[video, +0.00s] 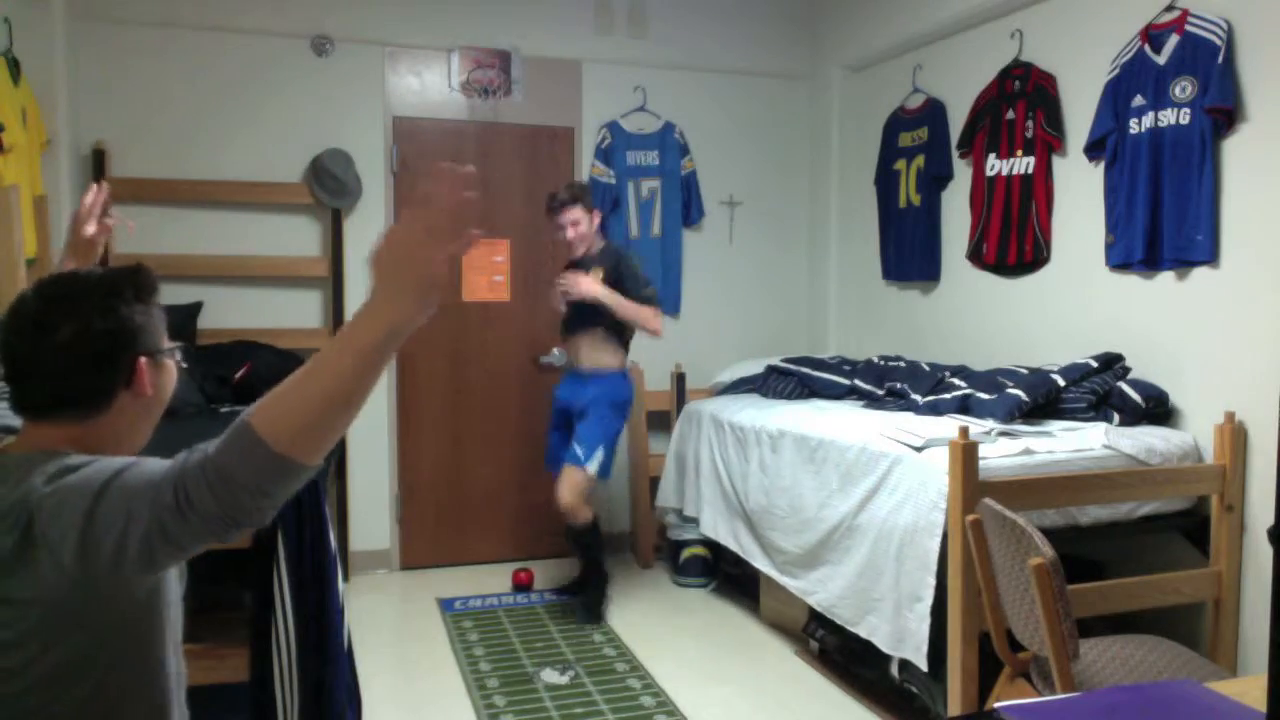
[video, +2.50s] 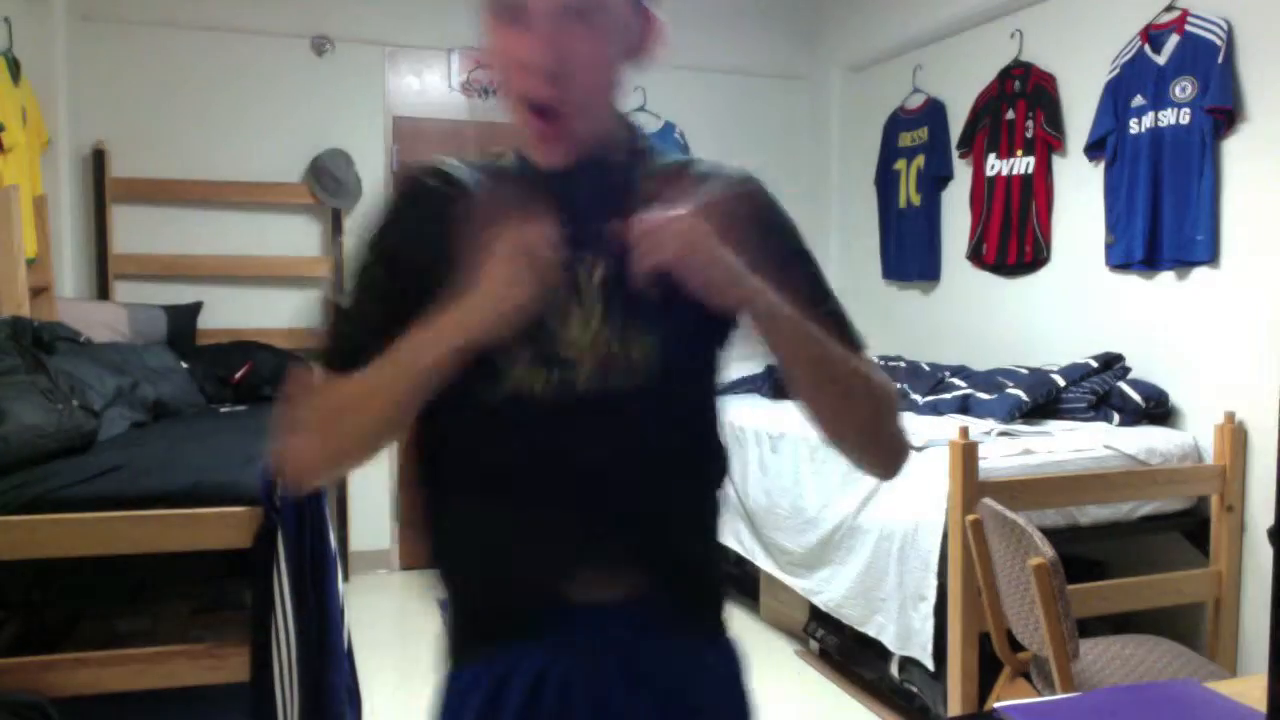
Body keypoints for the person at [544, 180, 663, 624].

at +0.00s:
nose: (569, 234)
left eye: (575, 223)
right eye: (562, 227)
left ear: (595, 219)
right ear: (557, 229)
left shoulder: (618, 263)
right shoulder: (572, 270)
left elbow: (655, 323)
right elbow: (575, 337)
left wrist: (598, 293)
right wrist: (562, 308)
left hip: (608, 387)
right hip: (572, 384)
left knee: (569, 494)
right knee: (569, 492)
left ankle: (596, 586)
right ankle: (586, 576)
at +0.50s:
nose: (580, 239)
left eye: (587, 229)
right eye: (572, 230)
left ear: (601, 231)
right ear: (562, 234)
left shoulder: (624, 277)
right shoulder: (547, 281)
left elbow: (656, 339)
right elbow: (528, 340)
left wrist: (609, 317)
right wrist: (567, 323)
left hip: (616, 396)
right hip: (568, 398)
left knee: (635, 501)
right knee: (575, 494)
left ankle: (629, 582)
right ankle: (587, 563)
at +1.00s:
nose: (616, 231)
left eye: (623, 220)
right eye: (605, 222)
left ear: (633, 218)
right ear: (581, 221)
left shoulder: (651, 266)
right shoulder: (553, 280)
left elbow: (702, 321)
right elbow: (518, 356)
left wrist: (649, 269)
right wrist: (580, 362)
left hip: (647, 419)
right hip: (590, 421)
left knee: (665, 553)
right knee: (591, 544)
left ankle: (646, 606)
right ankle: (598, 650)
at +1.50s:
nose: (614, 164)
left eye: (627, 146)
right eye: (599, 150)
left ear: (656, 146)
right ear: (583, 156)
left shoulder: (708, 235)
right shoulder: (565, 244)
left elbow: (780, 343)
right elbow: (539, 342)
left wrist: (734, 306)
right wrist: (547, 377)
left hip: (687, 460)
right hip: (599, 459)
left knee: (703, 629)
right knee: (595, 631)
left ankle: (706, 714)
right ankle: (596, 714)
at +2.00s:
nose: (664, 144)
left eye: (692, 115)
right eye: (646, 118)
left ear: (749, 124)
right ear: (631, 125)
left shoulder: (811, 248)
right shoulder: (607, 241)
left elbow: (914, 434)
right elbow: (520, 405)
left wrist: (841, 327)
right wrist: (597, 310)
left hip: (758, 602)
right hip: (625, 591)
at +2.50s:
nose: (539, 54)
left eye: (576, 16)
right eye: (513, 18)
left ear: (639, 32)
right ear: (484, 41)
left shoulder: (715, 207)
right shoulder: (440, 211)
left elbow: (881, 445)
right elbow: (300, 451)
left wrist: (748, 290)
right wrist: (469, 318)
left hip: (676, 654)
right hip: (502, 657)